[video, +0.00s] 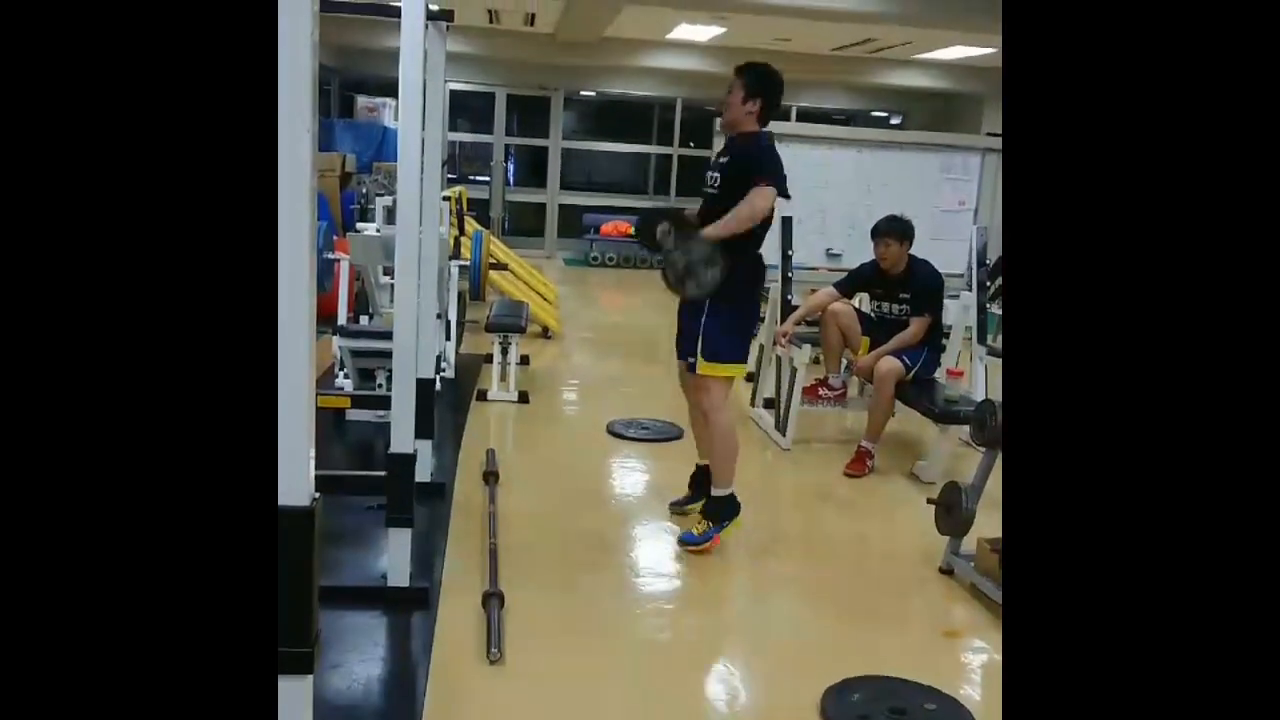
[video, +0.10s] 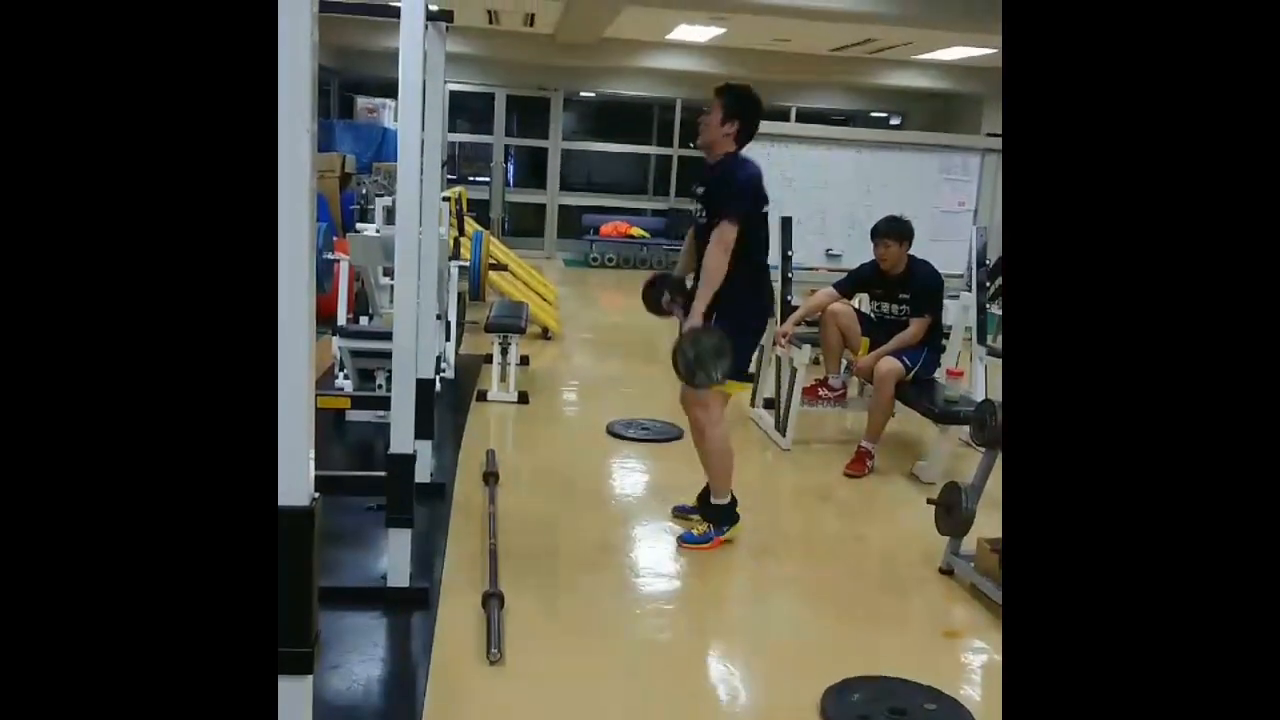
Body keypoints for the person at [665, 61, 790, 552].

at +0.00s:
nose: (723, 101)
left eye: (731, 94)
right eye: (726, 93)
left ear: (753, 104)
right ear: (747, 103)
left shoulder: (760, 151)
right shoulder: (727, 151)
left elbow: (759, 207)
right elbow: (716, 209)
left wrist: (700, 237)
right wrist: (681, 228)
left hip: (733, 286)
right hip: (705, 280)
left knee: (711, 391)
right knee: (692, 383)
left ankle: (724, 505)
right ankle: (707, 477)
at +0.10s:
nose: (700, 120)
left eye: (709, 114)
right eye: (704, 113)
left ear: (731, 127)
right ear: (727, 128)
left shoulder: (740, 174)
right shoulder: (718, 174)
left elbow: (723, 246)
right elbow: (699, 237)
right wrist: (679, 282)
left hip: (738, 307)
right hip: (717, 302)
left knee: (706, 406)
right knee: (696, 401)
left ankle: (723, 512)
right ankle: (716, 495)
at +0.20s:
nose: (657, 158)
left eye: (665, 150)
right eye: (661, 149)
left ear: (687, 161)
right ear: (685, 162)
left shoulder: (705, 212)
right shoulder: (686, 208)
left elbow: (711, 289)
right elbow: (685, 269)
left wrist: (712, 355)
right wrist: (684, 309)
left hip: (746, 331)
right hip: (722, 324)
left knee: (694, 411)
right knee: (685, 406)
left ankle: (724, 516)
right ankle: (716, 499)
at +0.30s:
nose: (625, 193)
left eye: (629, 184)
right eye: (625, 184)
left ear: (653, 183)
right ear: (654, 183)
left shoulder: (692, 223)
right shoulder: (677, 221)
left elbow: (705, 295)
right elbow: (685, 284)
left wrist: (710, 358)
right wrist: (687, 322)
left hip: (760, 324)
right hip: (733, 320)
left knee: (715, 410)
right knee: (696, 400)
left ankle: (727, 517)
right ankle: (718, 497)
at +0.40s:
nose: (619, 223)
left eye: (618, 214)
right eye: (615, 216)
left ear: (637, 201)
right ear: (640, 200)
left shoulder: (686, 231)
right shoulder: (672, 227)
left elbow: (697, 304)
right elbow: (680, 289)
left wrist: (701, 373)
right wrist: (680, 330)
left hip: (764, 319)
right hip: (736, 318)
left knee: (732, 414)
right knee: (716, 406)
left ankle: (729, 516)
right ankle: (719, 497)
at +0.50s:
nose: (612, 251)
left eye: (610, 243)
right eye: (607, 245)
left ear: (629, 231)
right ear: (632, 227)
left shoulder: (678, 250)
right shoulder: (666, 245)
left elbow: (687, 323)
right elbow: (670, 309)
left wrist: (690, 396)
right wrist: (668, 354)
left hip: (773, 318)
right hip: (750, 318)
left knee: (739, 416)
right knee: (723, 403)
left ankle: (730, 518)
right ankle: (722, 497)